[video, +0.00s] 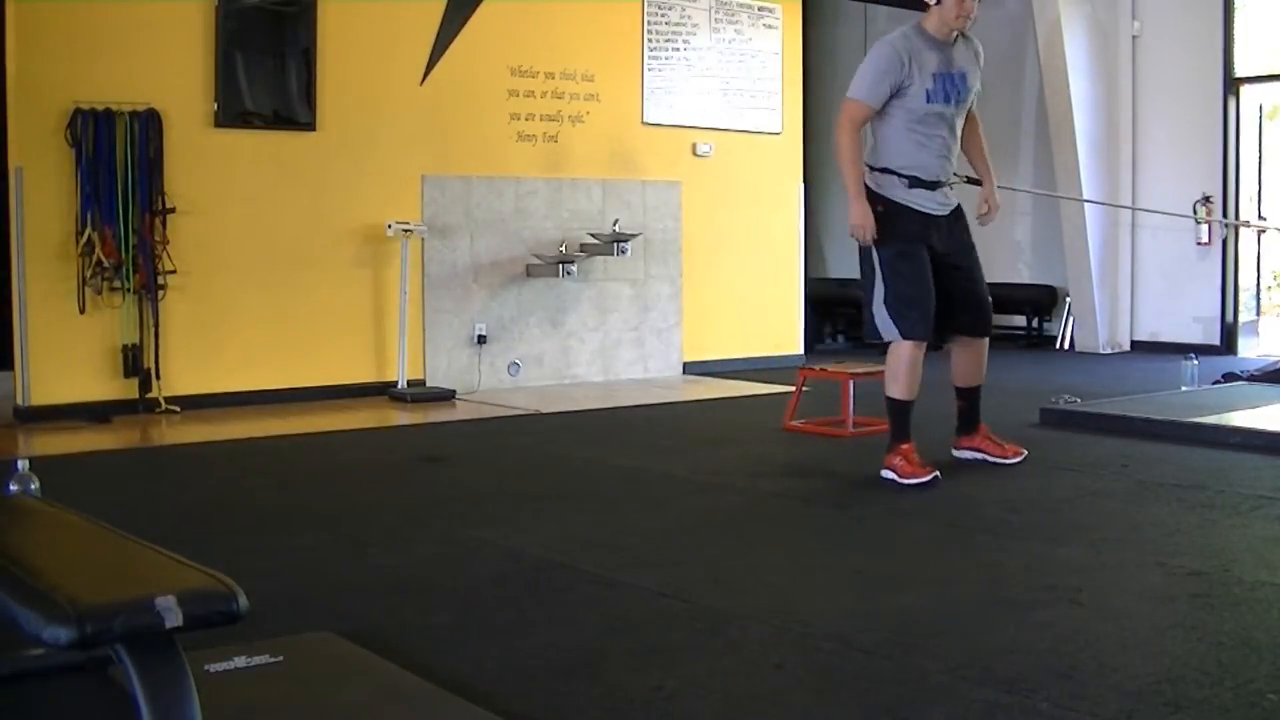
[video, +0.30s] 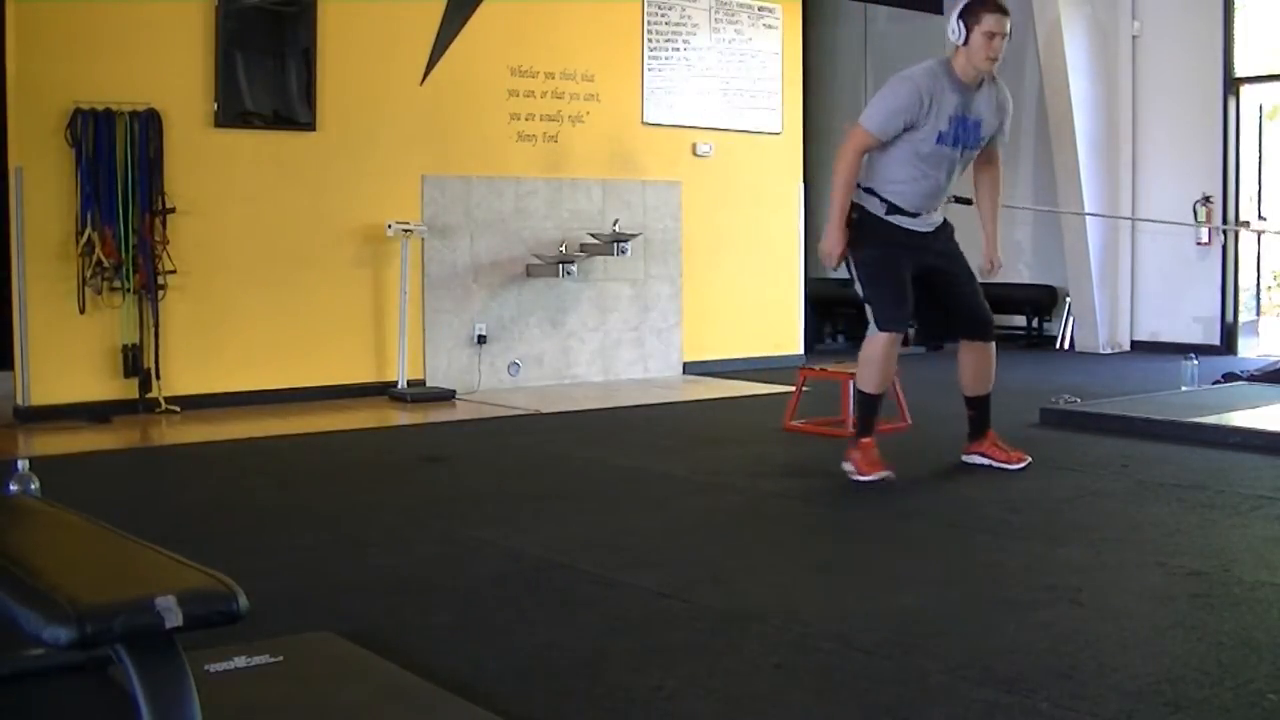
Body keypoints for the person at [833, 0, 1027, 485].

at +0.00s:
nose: (970, 11)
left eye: (974, 4)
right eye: (962, 3)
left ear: (973, 9)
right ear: (933, 1)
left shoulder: (969, 50)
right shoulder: (895, 50)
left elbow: (965, 117)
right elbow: (847, 124)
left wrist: (987, 180)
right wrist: (856, 201)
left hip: (945, 207)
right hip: (893, 206)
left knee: (974, 319)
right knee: (912, 325)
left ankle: (969, 434)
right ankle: (899, 451)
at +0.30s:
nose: (999, 47)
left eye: (1004, 38)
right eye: (990, 36)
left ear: (1006, 42)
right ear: (961, 36)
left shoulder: (996, 99)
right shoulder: (915, 87)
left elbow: (987, 162)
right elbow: (852, 147)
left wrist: (990, 239)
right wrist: (836, 226)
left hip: (931, 226)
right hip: (875, 222)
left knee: (977, 324)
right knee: (890, 322)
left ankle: (979, 439)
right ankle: (862, 445)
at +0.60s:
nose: (946, 91)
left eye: (951, 83)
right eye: (936, 82)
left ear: (954, 89)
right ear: (908, 86)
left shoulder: (955, 146)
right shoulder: (865, 138)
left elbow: (976, 203)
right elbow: (793, 202)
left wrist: (996, 241)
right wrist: (738, 269)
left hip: (890, 258)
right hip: (825, 254)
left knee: (957, 343)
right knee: (814, 338)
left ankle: (978, 441)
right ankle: (784, 456)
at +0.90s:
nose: (814, 64)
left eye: (826, 55)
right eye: (805, 51)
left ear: (838, 60)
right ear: (786, 50)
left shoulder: (841, 117)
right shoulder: (744, 102)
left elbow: (872, 186)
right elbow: (673, 180)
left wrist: (894, 255)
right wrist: (648, 262)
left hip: (757, 233)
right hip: (692, 232)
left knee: (832, 316)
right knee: (676, 345)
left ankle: (800, 453)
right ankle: (677, 442)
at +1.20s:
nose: (611, 77)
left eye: (624, 66)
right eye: (603, 63)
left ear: (648, 68)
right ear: (592, 61)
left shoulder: (673, 124)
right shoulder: (554, 116)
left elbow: (720, 203)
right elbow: (467, 186)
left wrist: (736, 294)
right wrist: (490, 214)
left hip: (623, 258)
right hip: (537, 253)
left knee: (702, 367)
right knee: (472, 355)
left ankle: (771, 470)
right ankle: (442, 506)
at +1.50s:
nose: (421, 142)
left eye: (438, 130)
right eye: (413, 126)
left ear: (470, 124)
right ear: (404, 114)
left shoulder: (506, 169)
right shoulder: (380, 150)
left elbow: (553, 275)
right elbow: (286, 246)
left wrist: (558, 394)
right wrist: (253, 363)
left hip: (454, 255)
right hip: (365, 242)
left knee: (505, 363)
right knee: (290, 346)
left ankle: (524, 499)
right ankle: (192, 491)